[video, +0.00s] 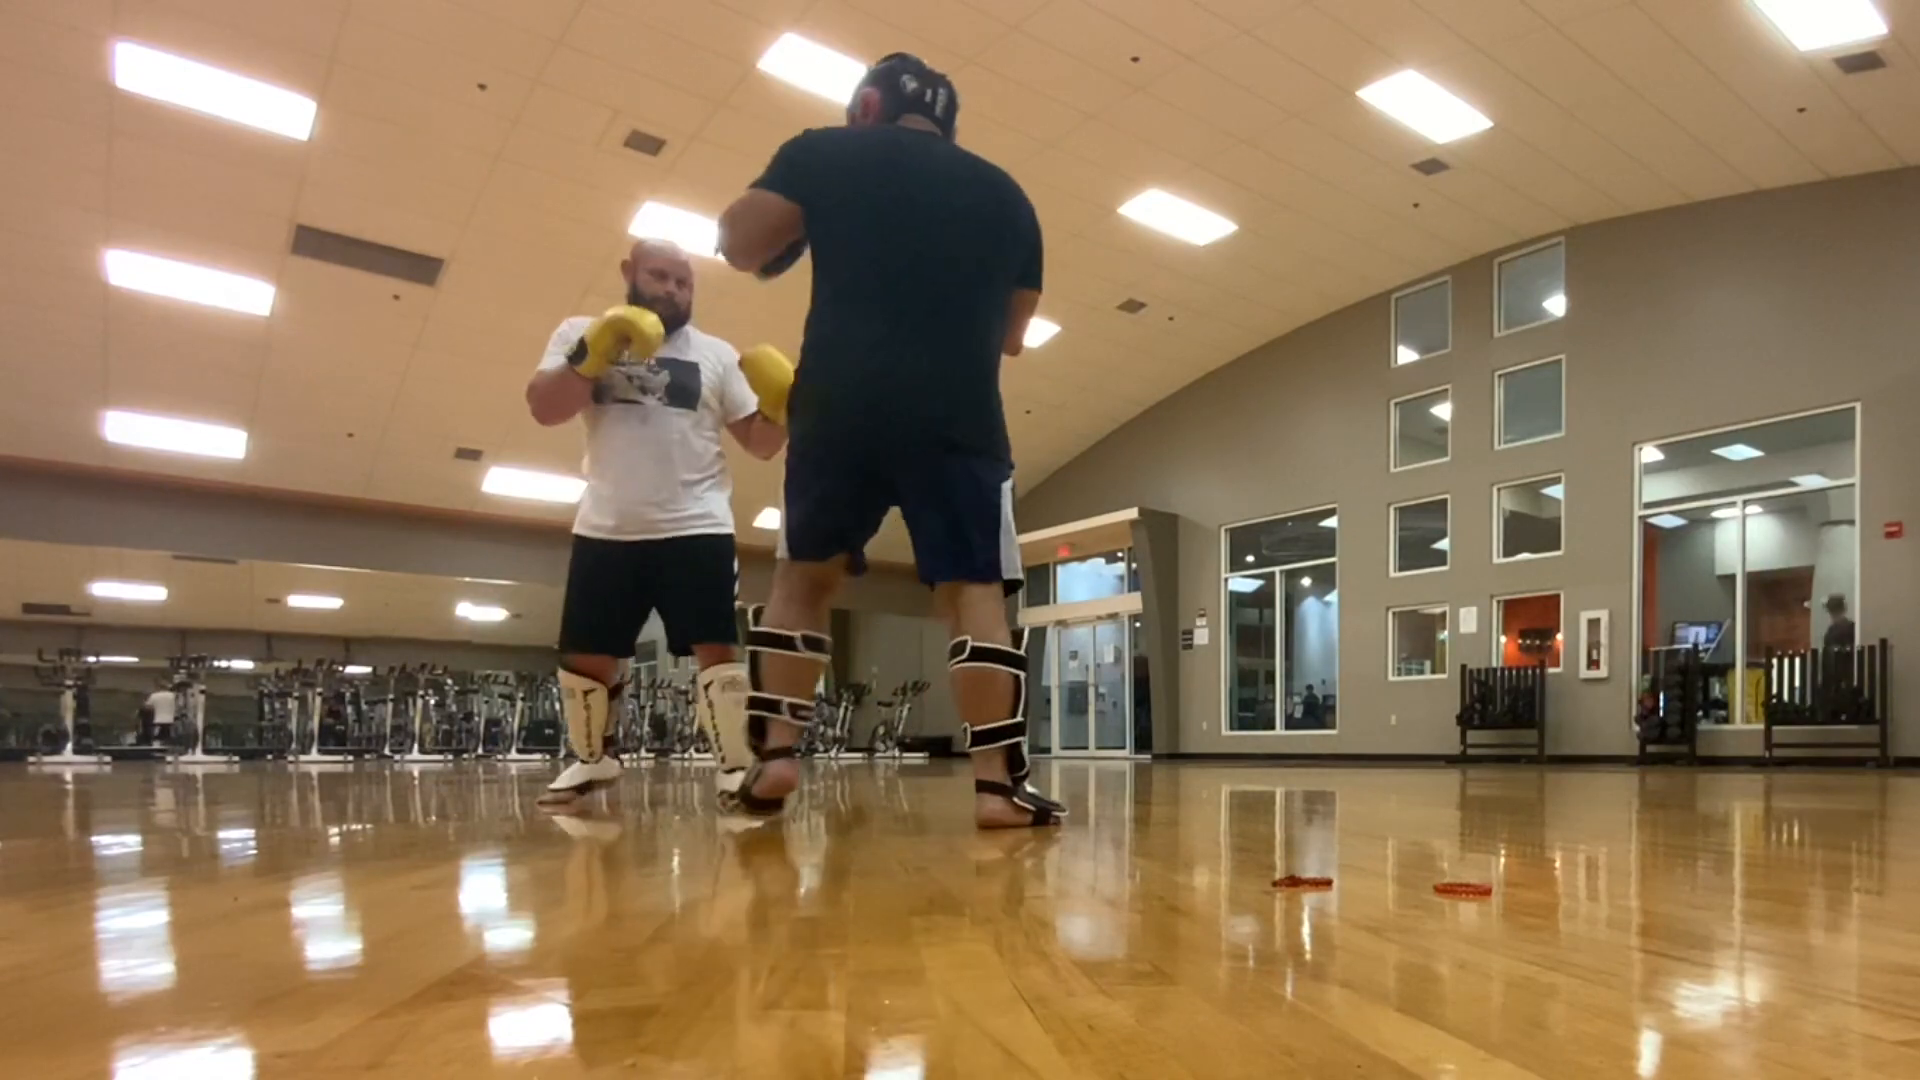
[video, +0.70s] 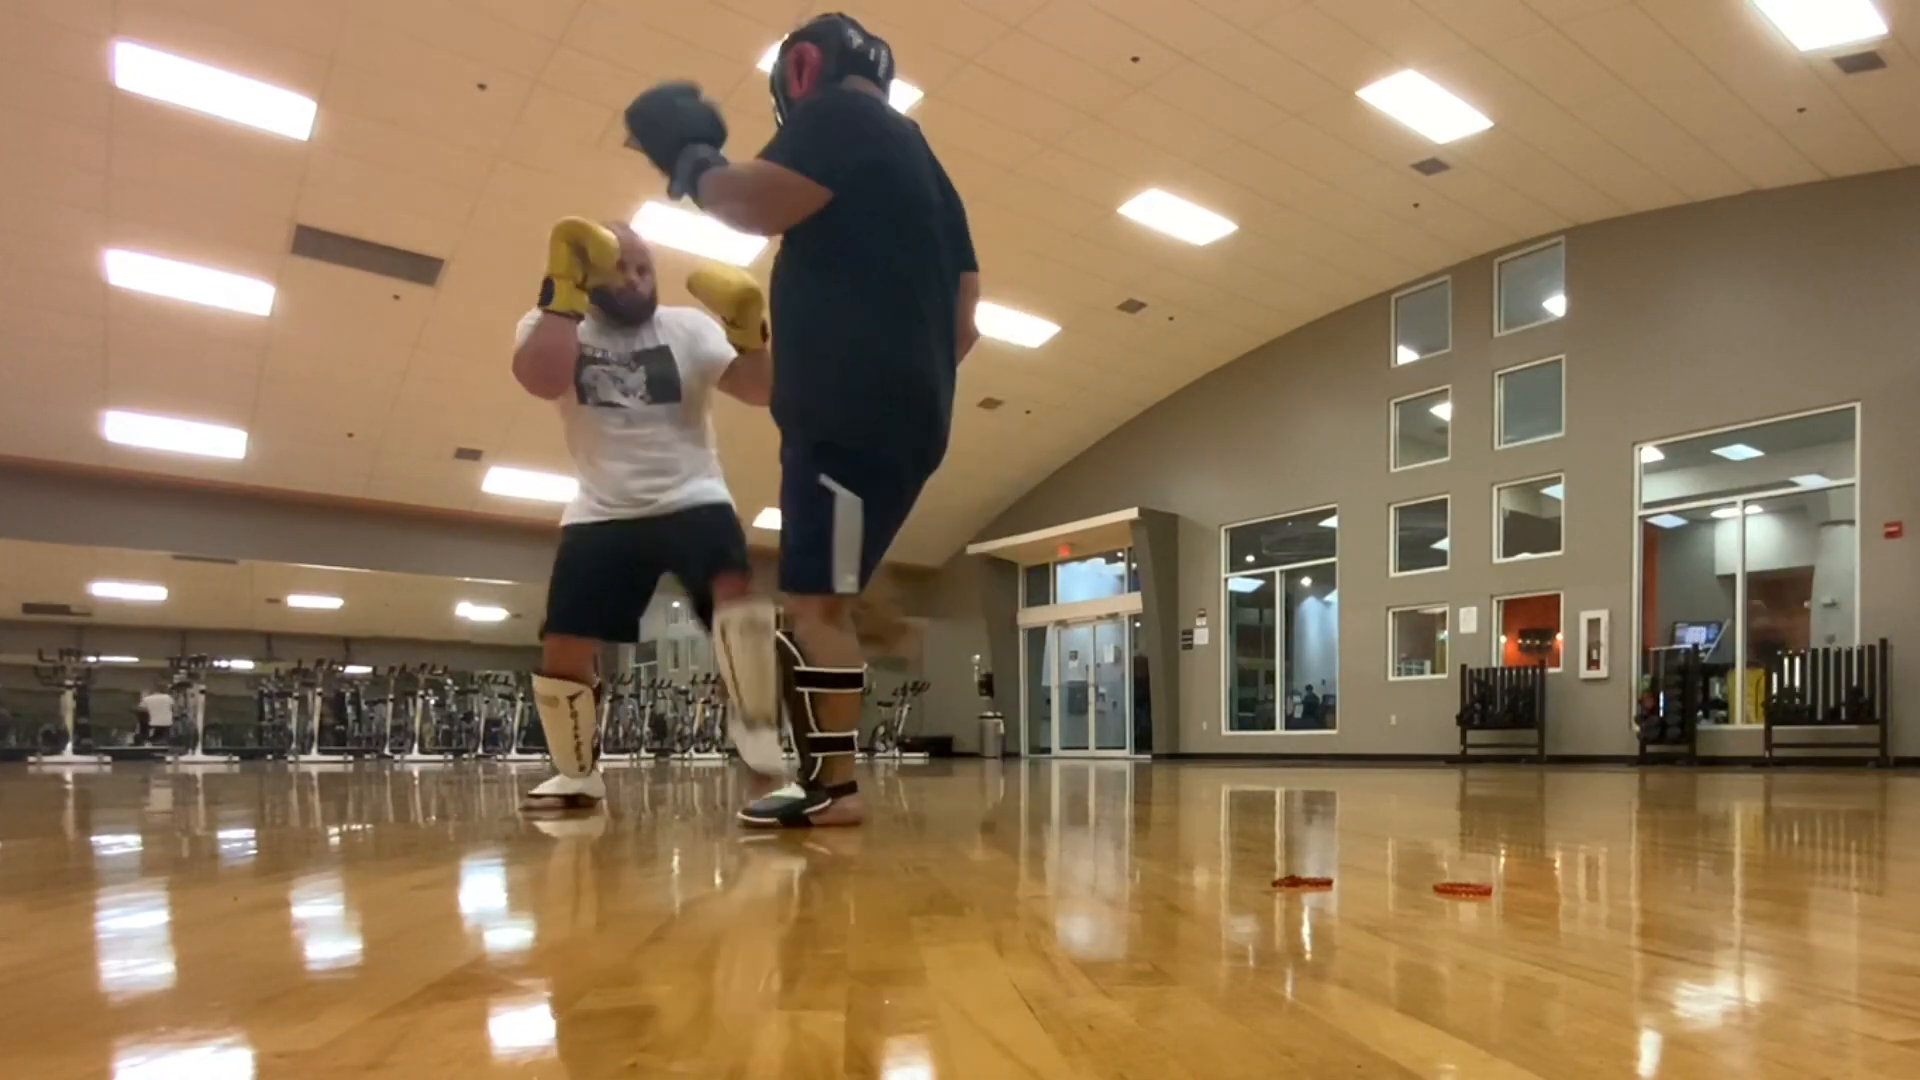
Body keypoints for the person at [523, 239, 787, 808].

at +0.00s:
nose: (671, 287)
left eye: (682, 281)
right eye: (659, 275)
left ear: (694, 293)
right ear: (628, 276)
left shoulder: (716, 356)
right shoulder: (582, 335)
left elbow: (762, 443)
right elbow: (545, 408)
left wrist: (782, 403)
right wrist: (595, 356)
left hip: (696, 529)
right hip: (608, 529)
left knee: (715, 648)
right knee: (587, 657)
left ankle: (735, 771)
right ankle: (589, 761)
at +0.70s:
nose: (637, 279)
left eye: (644, 267)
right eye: (622, 270)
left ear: (655, 271)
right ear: (592, 278)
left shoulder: (689, 328)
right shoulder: (560, 329)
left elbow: (760, 389)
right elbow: (544, 380)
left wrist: (753, 335)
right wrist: (566, 296)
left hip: (693, 499)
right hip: (602, 508)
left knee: (733, 583)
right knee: (566, 638)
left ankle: (757, 726)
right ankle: (576, 775)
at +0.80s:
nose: (630, 288)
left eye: (637, 276)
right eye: (616, 278)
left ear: (648, 279)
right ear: (585, 286)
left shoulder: (675, 333)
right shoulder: (551, 338)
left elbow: (751, 414)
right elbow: (539, 392)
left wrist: (741, 364)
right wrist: (564, 308)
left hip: (682, 487)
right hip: (607, 512)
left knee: (719, 472)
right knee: (572, 643)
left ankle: (665, 620)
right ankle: (578, 777)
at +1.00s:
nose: (642, 260)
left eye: (650, 250)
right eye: (623, 251)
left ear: (663, 259)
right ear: (594, 266)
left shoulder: (698, 319)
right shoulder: (567, 333)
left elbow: (788, 386)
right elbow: (492, 378)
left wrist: (780, 338)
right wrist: (532, 303)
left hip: (703, 473)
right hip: (623, 504)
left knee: (721, 526)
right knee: (585, 617)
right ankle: (580, 775)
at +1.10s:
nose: (663, 256)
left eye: (672, 245)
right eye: (645, 246)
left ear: (686, 254)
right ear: (616, 258)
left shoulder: (715, 305)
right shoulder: (590, 326)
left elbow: (808, 317)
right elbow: (513, 369)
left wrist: (787, 270)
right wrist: (552, 297)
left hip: (714, 492)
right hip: (633, 509)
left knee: (749, 605)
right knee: (595, 629)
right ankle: (579, 775)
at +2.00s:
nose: (705, 258)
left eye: (716, 247)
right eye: (693, 241)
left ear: (724, 250)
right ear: (660, 228)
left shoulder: (732, 314)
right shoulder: (591, 273)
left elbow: (780, 406)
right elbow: (571, 343)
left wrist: (820, 356)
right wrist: (635, 273)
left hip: (716, 504)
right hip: (615, 501)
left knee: (751, 632)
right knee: (609, 644)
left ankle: (807, 763)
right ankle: (612, 773)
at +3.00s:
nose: (752, 166)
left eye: (755, 159)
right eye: (741, 149)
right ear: (687, 130)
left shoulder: (744, 258)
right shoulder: (616, 188)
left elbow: (769, 359)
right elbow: (640, 270)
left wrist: (834, 307)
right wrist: (718, 203)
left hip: (758, 456)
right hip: (654, 450)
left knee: (818, 598)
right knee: (626, 609)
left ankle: (847, 756)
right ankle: (593, 777)